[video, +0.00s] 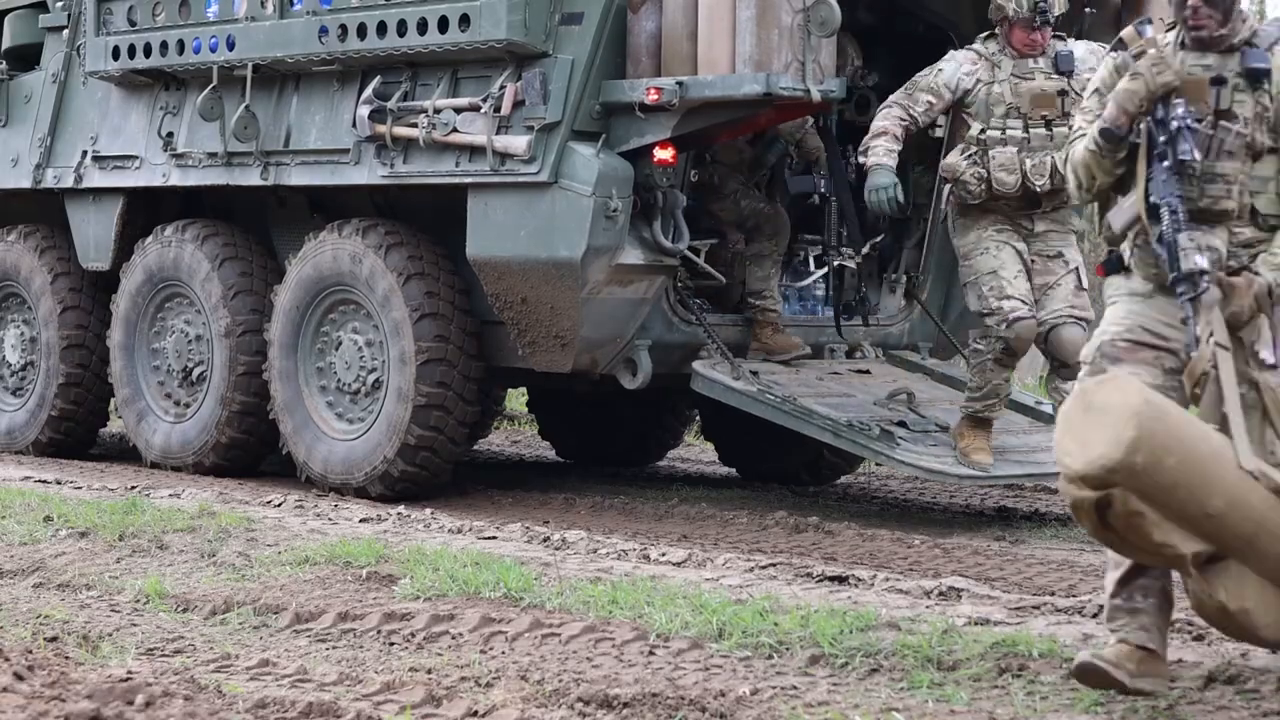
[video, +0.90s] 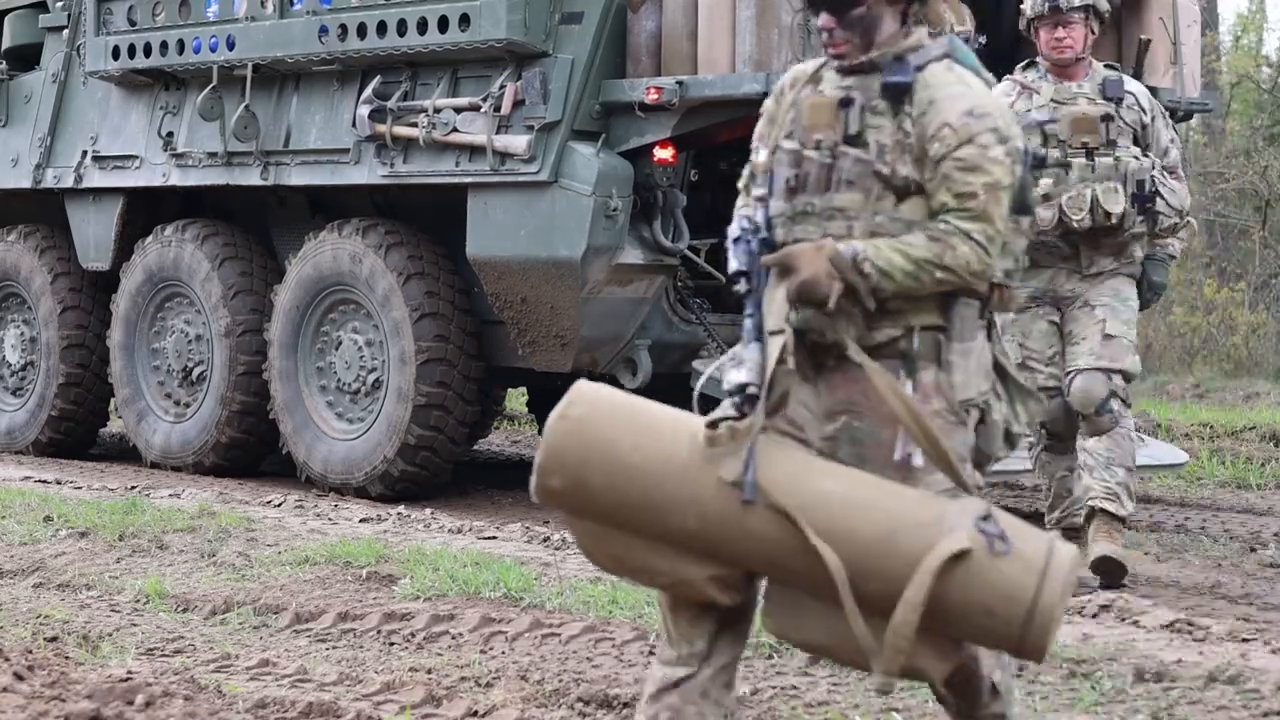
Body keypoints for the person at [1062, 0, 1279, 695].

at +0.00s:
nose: (1200, 7)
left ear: (1242, 4)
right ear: (1171, 3)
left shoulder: (1269, 59)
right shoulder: (1132, 62)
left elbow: (1276, 193)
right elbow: (1082, 185)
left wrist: (1265, 277)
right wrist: (1122, 116)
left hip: (1253, 284)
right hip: (1151, 286)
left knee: (1258, 459)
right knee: (1126, 443)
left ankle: (1266, 627)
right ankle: (1138, 642)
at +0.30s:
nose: (1111, 12)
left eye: (1129, 1)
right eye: (1100, 2)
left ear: (1163, 9)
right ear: (1085, 11)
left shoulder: (1212, 100)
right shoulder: (1039, 88)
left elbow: (1245, 223)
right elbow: (1002, 212)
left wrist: (1169, 293)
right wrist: (1049, 160)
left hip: (1163, 329)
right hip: (1059, 327)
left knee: (1163, 500)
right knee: (1066, 506)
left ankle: (1199, 678)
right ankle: (1125, 681)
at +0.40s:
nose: (1092, 9)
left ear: (1141, 5)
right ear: (1063, 6)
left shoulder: (1189, 100)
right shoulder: (1008, 76)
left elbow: (1214, 229)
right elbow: (966, 202)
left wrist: (1129, 287)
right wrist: (1027, 163)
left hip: (1131, 332)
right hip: (1031, 327)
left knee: (1114, 501)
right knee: (1041, 503)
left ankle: (1112, 679)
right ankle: (1107, 673)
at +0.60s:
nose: (1030, 28)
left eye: (1049, 14)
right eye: (1017, 14)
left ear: (1085, 16)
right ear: (1001, 18)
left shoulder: (1126, 119)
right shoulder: (954, 87)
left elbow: (1146, 255)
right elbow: (880, 202)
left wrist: (1041, 292)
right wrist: (929, 174)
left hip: (1057, 371)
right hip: (944, 363)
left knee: (1041, 546)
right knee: (964, 542)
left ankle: (1065, 703)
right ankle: (1019, 700)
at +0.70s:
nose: (979, 40)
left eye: (996, 22)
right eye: (964, 26)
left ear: (1037, 20)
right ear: (950, 29)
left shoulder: (1087, 133)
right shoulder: (912, 101)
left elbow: (1095, 266)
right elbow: (844, 200)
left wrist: (984, 285)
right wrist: (871, 215)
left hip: (1013, 388)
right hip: (901, 379)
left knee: (1003, 573)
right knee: (932, 568)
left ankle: (1011, 706)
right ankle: (1002, 701)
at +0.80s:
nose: (908, 35)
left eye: (926, 19)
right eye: (896, 21)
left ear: (976, 12)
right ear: (885, 23)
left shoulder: (1029, 121)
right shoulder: (861, 95)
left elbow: (1048, 260)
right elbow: (809, 190)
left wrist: (914, 279)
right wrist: (819, 246)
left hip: (966, 395)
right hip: (844, 381)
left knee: (959, 611)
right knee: (782, 562)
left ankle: (985, 706)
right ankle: (832, 703)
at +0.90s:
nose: (830, 26)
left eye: (848, 11)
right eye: (818, 12)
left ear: (898, 5)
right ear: (808, 13)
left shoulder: (959, 98)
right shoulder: (792, 90)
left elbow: (975, 248)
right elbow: (753, 206)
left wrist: (849, 264)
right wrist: (749, 244)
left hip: (908, 379)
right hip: (788, 368)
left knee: (914, 573)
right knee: (711, 550)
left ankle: (978, 702)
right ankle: (680, 710)